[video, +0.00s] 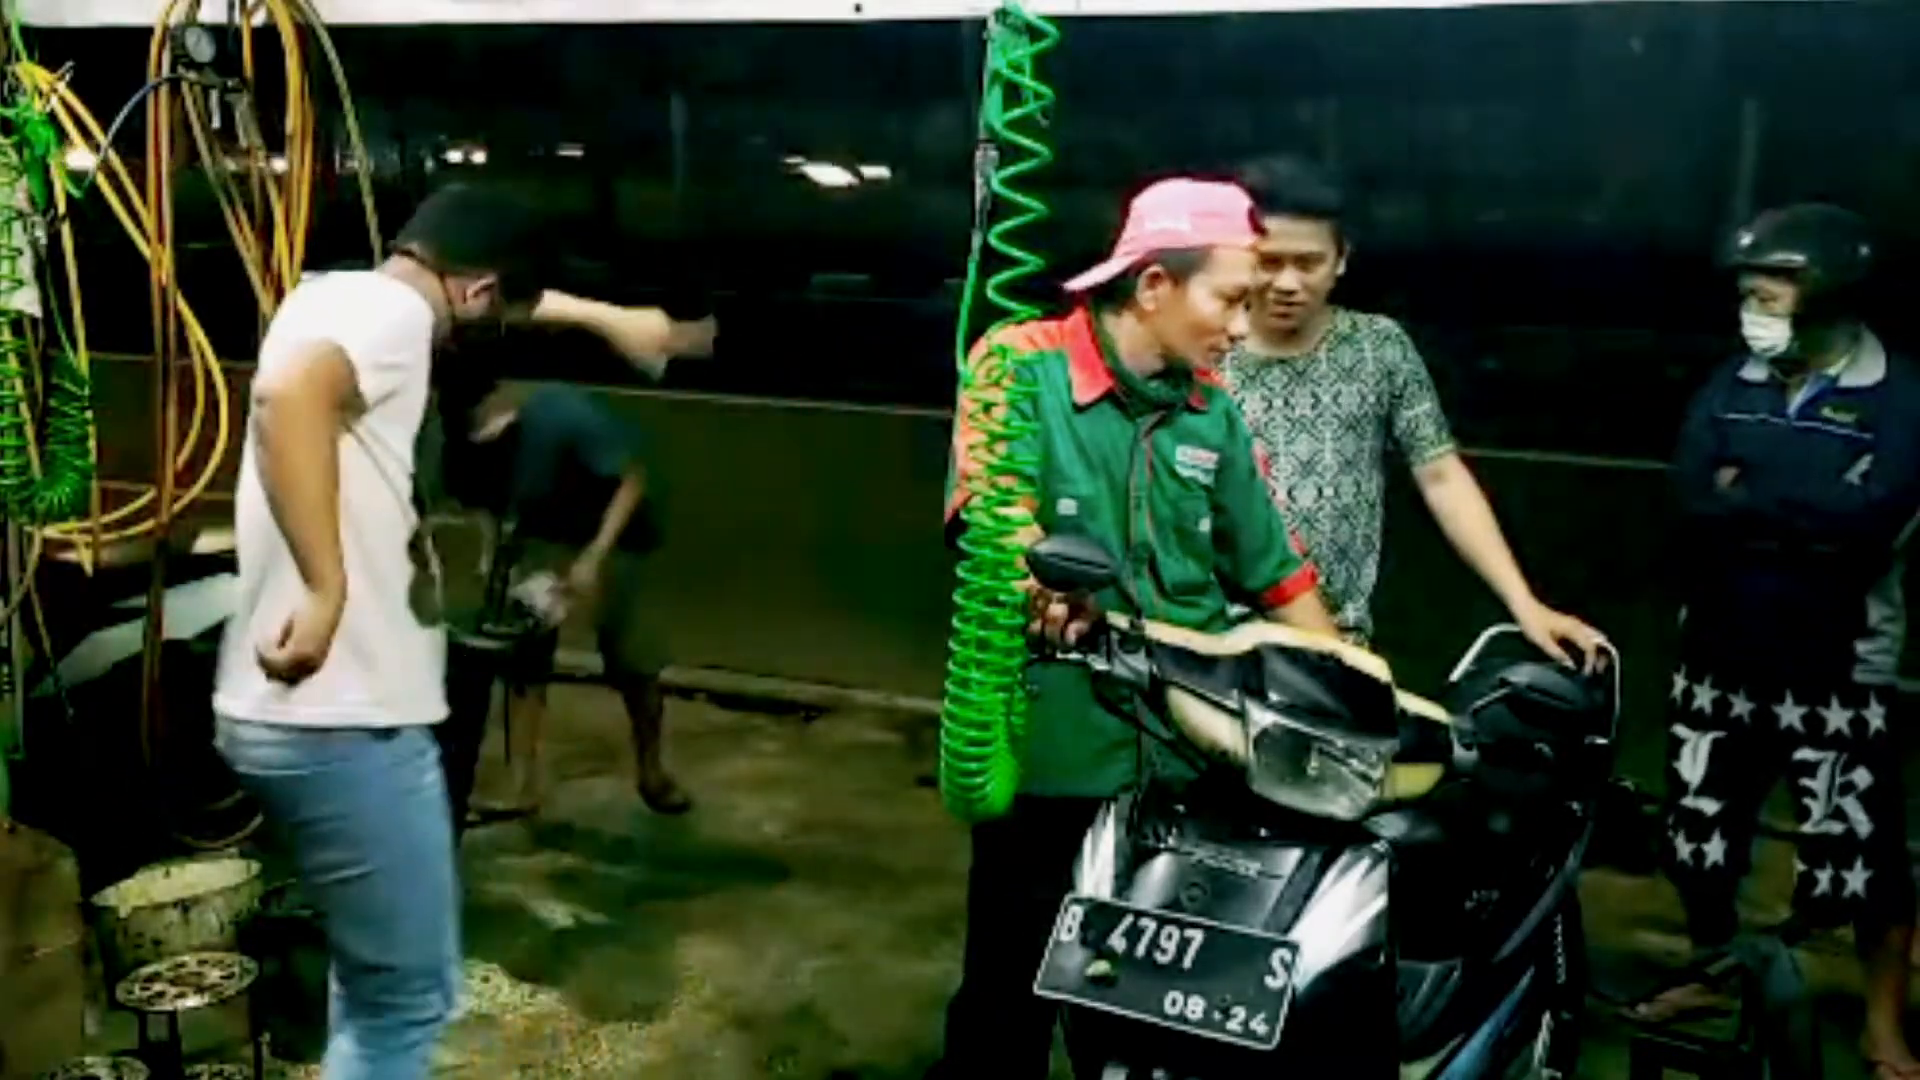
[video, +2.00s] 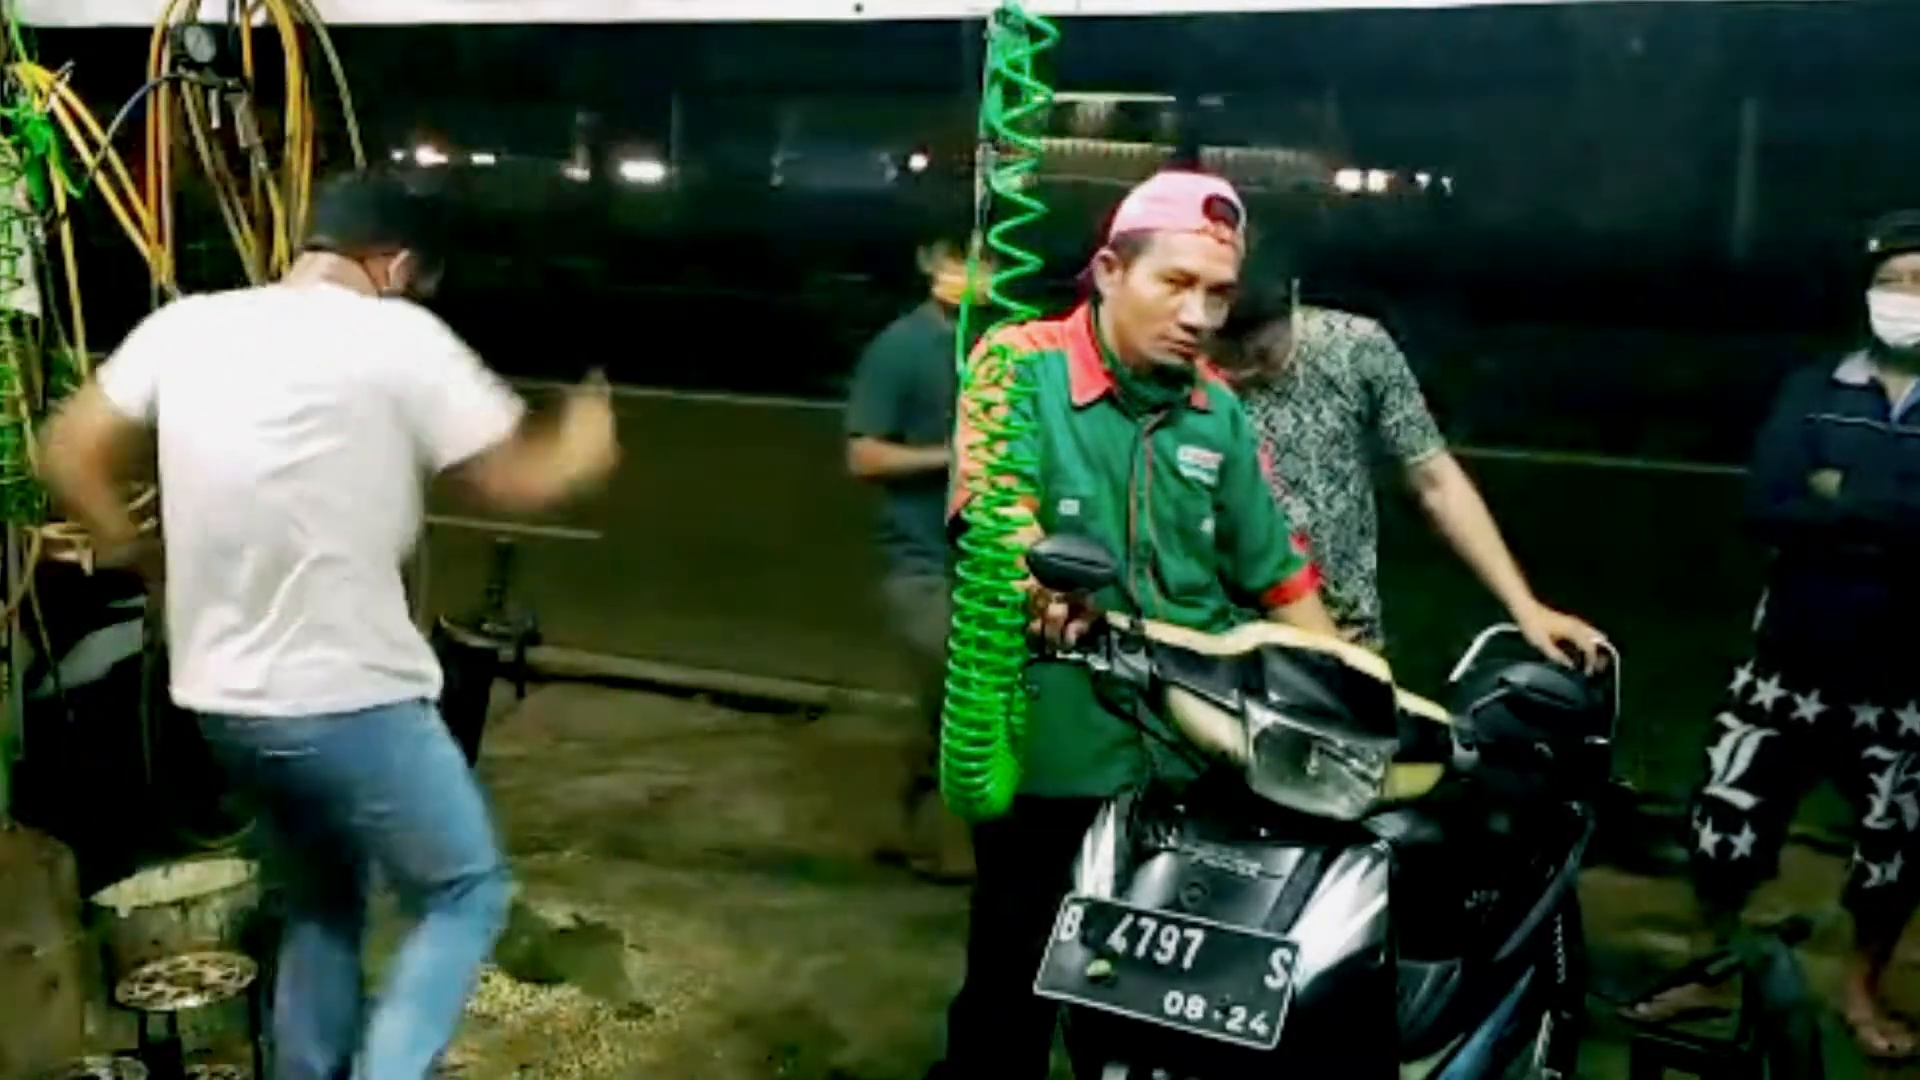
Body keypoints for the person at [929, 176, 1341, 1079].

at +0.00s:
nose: (1237, 327)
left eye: (1244, 305)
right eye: (1227, 301)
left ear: (1170, 293)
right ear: (1155, 287)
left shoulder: (1212, 414)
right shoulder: (1018, 367)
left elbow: (1282, 579)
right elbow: (989, 512)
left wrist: (1351, 691)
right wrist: (1043, 596)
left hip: (1183, 756)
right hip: (1049, 753)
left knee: (1154, 1009)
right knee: (1006, 1009)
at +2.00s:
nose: (1196, 315)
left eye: (1217, 294)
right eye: (1175, 283)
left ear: (1231, 302)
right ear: (1108, 272)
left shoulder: (1222, 417)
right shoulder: (1019, 369)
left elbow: (1286, 586)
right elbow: (988, 514)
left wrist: (1346, 704)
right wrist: (1042, 598)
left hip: (1189, 757)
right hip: (1049, 752)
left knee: (1164, 1010)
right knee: (1009, 1010)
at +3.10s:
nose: (1063, 316)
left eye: (1090, 291)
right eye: (1048, 290)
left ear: (1156, 291)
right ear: (1031, 288)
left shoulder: (1200, 412)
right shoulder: (981, 382)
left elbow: (1286, 585)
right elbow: (956, 545)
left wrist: (1350, 686)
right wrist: (1031, 586)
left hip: (1171, 773)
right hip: (1022, 776)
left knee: (1147, 1036)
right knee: (963, 1030)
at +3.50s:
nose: (952, 335)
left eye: (977, 313)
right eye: (941, 310)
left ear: (1059, 306)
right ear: (927, 300)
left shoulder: (1135, 407)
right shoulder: (902, 407)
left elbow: (1241, 596)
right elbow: (885, 604)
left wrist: (1337, 663)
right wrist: (1012, 648)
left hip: (1121, 774)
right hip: (960, 775)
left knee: (1135, 1023)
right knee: (890, 1018)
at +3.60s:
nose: (903, 345)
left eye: (926, 319)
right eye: (888, 318)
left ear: (1006, 306)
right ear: (873, 308)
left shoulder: (1100, 408)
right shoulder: (861, 418)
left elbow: (1211, 586)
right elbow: (853, 616)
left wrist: (1325, 652)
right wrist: (970, 713)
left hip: (1092, 792)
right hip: (922, 790)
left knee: (1135, 1033)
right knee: (863, 1039)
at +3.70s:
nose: (842, 336)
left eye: (864, 311)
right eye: (829, 312)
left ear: (950, 293)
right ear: (816, 303)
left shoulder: (1054, 404)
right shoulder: (818, 420)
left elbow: (1171, 591)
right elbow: (801, 624)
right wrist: (869, 776)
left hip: (1049, 812)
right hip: (876, 809)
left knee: (1112, 1051)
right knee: (847, 1056)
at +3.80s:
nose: (781, 328)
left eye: (800, 301)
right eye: (771, 302)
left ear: (888, 288)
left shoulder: (1016, 400)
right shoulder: (779, 418)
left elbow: (1112, 577)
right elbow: (734, 610)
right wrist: (742, 779)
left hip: (1011, 817)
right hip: (840, 819)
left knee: (1071, 1054)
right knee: (843, 1058)